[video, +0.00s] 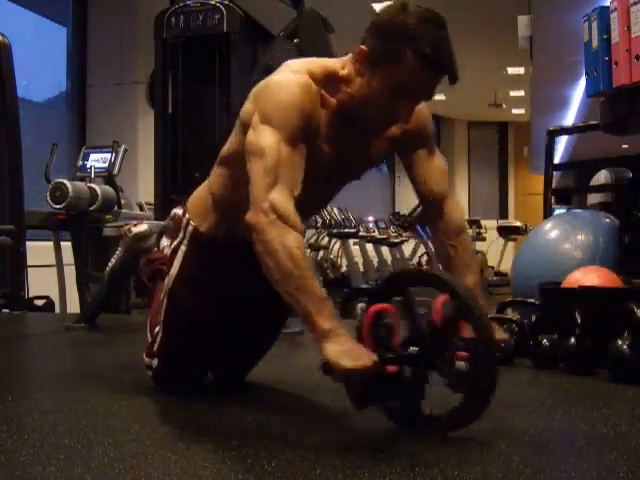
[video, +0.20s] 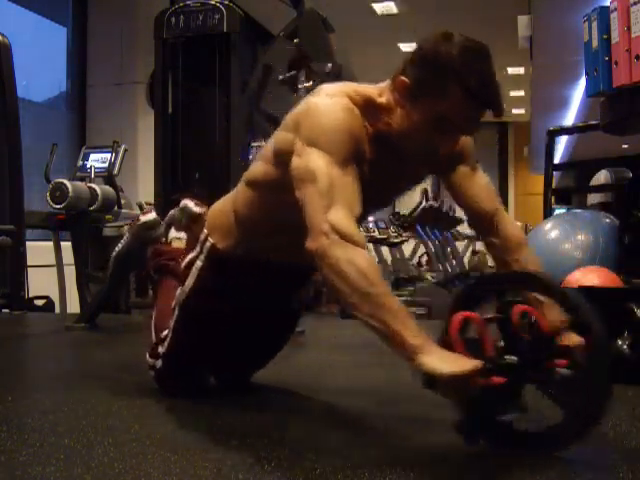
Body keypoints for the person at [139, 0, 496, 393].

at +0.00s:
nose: (408, 112)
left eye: (418, 99)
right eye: (401, 94)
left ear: (428, 92)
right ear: (360, 66)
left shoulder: (410, 118)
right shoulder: (288, 93)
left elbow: (445, 216)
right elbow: (269, 217)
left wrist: (476, 319)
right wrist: (332, 336)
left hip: (272, 258)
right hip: (207, 249)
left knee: (227, 377)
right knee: (172, 376)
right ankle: (152, 263)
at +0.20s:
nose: (453, 144)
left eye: (460, 132)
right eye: (444, 128)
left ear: (467, 123)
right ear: (399, 98)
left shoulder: (443, 141)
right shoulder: (330, 116)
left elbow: (496, 223)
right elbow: (333, 243)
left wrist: (550, 311)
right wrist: (422, 350)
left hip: (289, 276)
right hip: (227, 263)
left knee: (233, 374)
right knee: (175, 375)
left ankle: (196, 238)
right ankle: (165, 255)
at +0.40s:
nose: (501, 200)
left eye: (512, 189)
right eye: (496, 184)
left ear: (522, 170)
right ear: (453, 148)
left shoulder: (485, 169)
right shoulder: (383, 159)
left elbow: (555, 243)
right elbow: (415, 285)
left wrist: (614, 296)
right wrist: (540, 378)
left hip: (306, 300)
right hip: (250, 288)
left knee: (235, 376)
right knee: (177, 372)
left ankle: (212, 250)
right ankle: (176, 247)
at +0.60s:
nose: (549, 266)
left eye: (564, 253)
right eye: (548, 251)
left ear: (516, 211)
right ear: (508, 212)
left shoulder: (506, 208)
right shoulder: (437, 210)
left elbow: (617, 278)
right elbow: (500, 323)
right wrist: (634, 383)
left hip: (317, 322)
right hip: (269, 314)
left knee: (235, 373)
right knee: (183, 369)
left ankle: (213, 265)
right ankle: (192, 262)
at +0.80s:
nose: (562, 319)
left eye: (577, 309)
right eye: (563, 302)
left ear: (531, 256)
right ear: (529, 262)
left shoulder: (515, 247)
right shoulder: (459, 250)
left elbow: (550, 339)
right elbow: (524, 353)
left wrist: (632, 382)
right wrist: (639, 389)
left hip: (320, 336)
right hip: (274, 330)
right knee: (182, 363)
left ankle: (225, 241)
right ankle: (214, 243)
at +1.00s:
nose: (554, 296)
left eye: (570, 289)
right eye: (558, 285)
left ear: (531, 240)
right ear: (528, 245)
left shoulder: (513, 238)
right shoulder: (458, 242)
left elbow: (605, 295)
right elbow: (519, 343)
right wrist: (638, 379)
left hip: (321, 336)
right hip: (274, 328)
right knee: (182, 364)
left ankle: (240, 236)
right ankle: (223, 237)